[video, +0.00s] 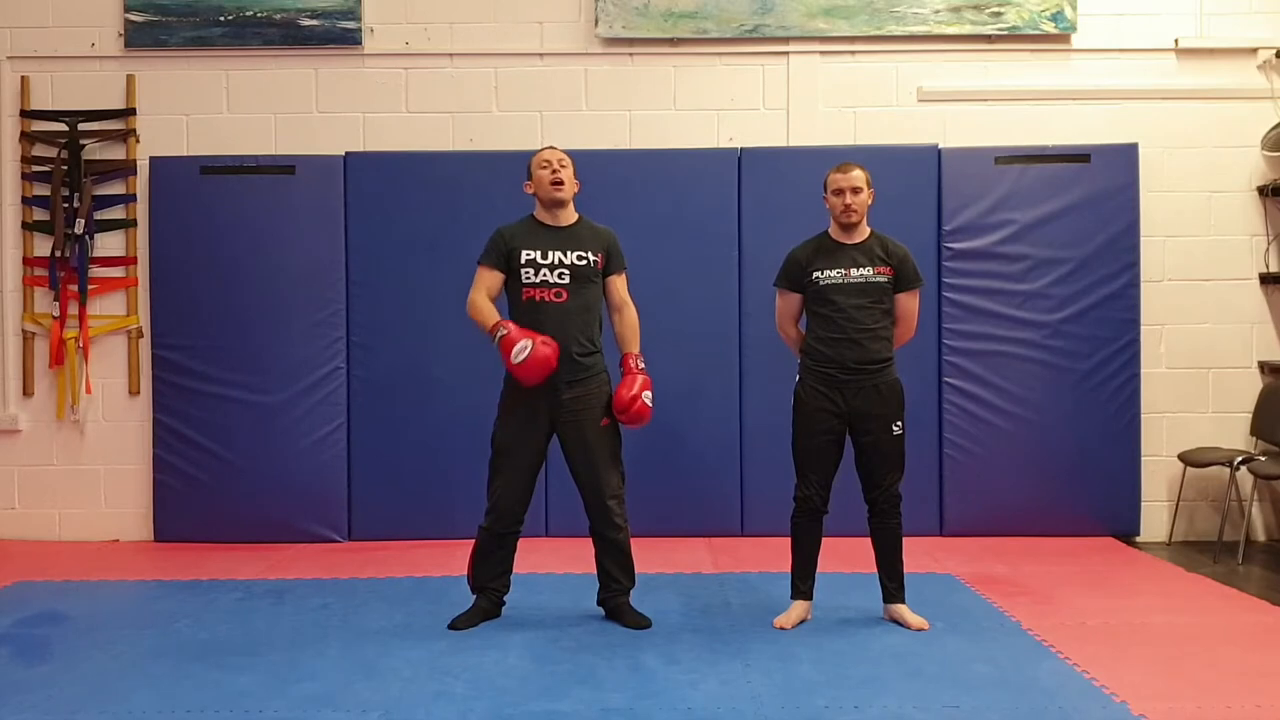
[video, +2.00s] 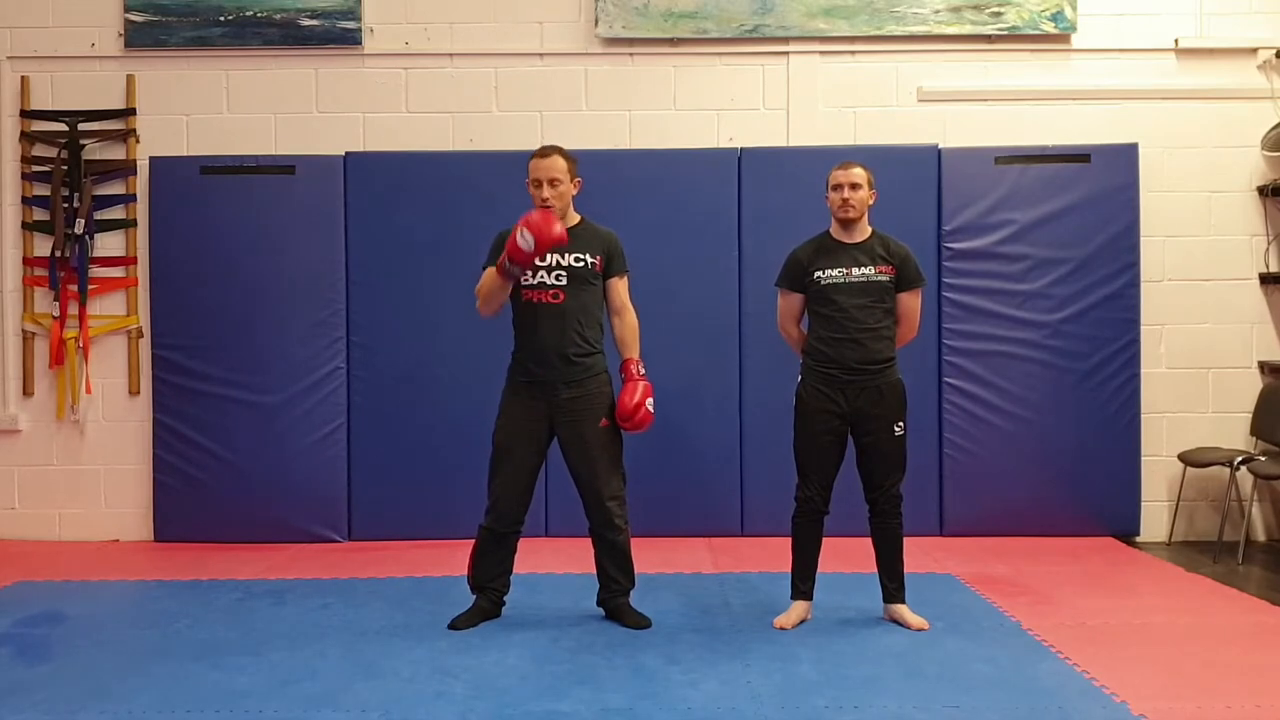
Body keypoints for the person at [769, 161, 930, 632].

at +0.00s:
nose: (847, 199)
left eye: (855, 191)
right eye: (838, 192)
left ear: (870, 196)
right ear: (826, 199)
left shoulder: (895, 256)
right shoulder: (803, 258)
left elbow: (906, 328)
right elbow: (786, 325)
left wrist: (864, 353)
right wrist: (821, 357)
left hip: (878, 391)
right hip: (819, 392)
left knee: (885, 498)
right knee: (809, 497)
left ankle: (894, 601)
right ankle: (801, 598)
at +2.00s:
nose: (845, 195)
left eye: (854, 187)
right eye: (837, 188)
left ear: (871, 195)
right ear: (827, 197)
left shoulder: (897, 255)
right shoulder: (805, 258)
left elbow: (908, 327)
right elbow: (788, 325)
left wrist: (865, 352)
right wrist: (822, 357)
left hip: (880, 392)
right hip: (820, 393)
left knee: (886, 499)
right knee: (810, 497)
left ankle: (894, 601)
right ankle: (801, 599)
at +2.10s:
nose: (845, 195)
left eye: (854, 187)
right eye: (837, 188)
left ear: (871, 196)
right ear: (827, 197)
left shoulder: (897, 255)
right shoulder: (805, 258)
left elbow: (908, 327)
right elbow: (788, 325)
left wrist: (865, 353)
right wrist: (822, 357)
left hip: (880, 392)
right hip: (820, 393)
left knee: (886, 499)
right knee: (810, 497)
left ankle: (894, 601)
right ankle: (801, 599)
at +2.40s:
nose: (845, 196)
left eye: (854, 188)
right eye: (837, 188)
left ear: (871, 196)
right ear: (827, 197)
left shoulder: (897, 256)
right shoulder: (805, 258)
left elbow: (908, 328)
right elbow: (788, 325)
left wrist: (866, 353)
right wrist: (822, 357)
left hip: (880, 392)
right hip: (821, 393)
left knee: (886, 499)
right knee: (811, 497)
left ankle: (894, 601)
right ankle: (801, 599)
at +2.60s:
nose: (845, 196)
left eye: (854, 188)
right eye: (837, 189)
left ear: (872, 196)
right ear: (827, 197)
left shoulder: (897, 256)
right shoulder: (805, 258)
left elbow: (908, 327)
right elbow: (788, 325)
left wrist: (866, 353)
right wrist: (822, 357)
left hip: (880, 392)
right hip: (821, 393)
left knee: (887, 499)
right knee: (811, 497)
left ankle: (894, 600)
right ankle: (801, 598)